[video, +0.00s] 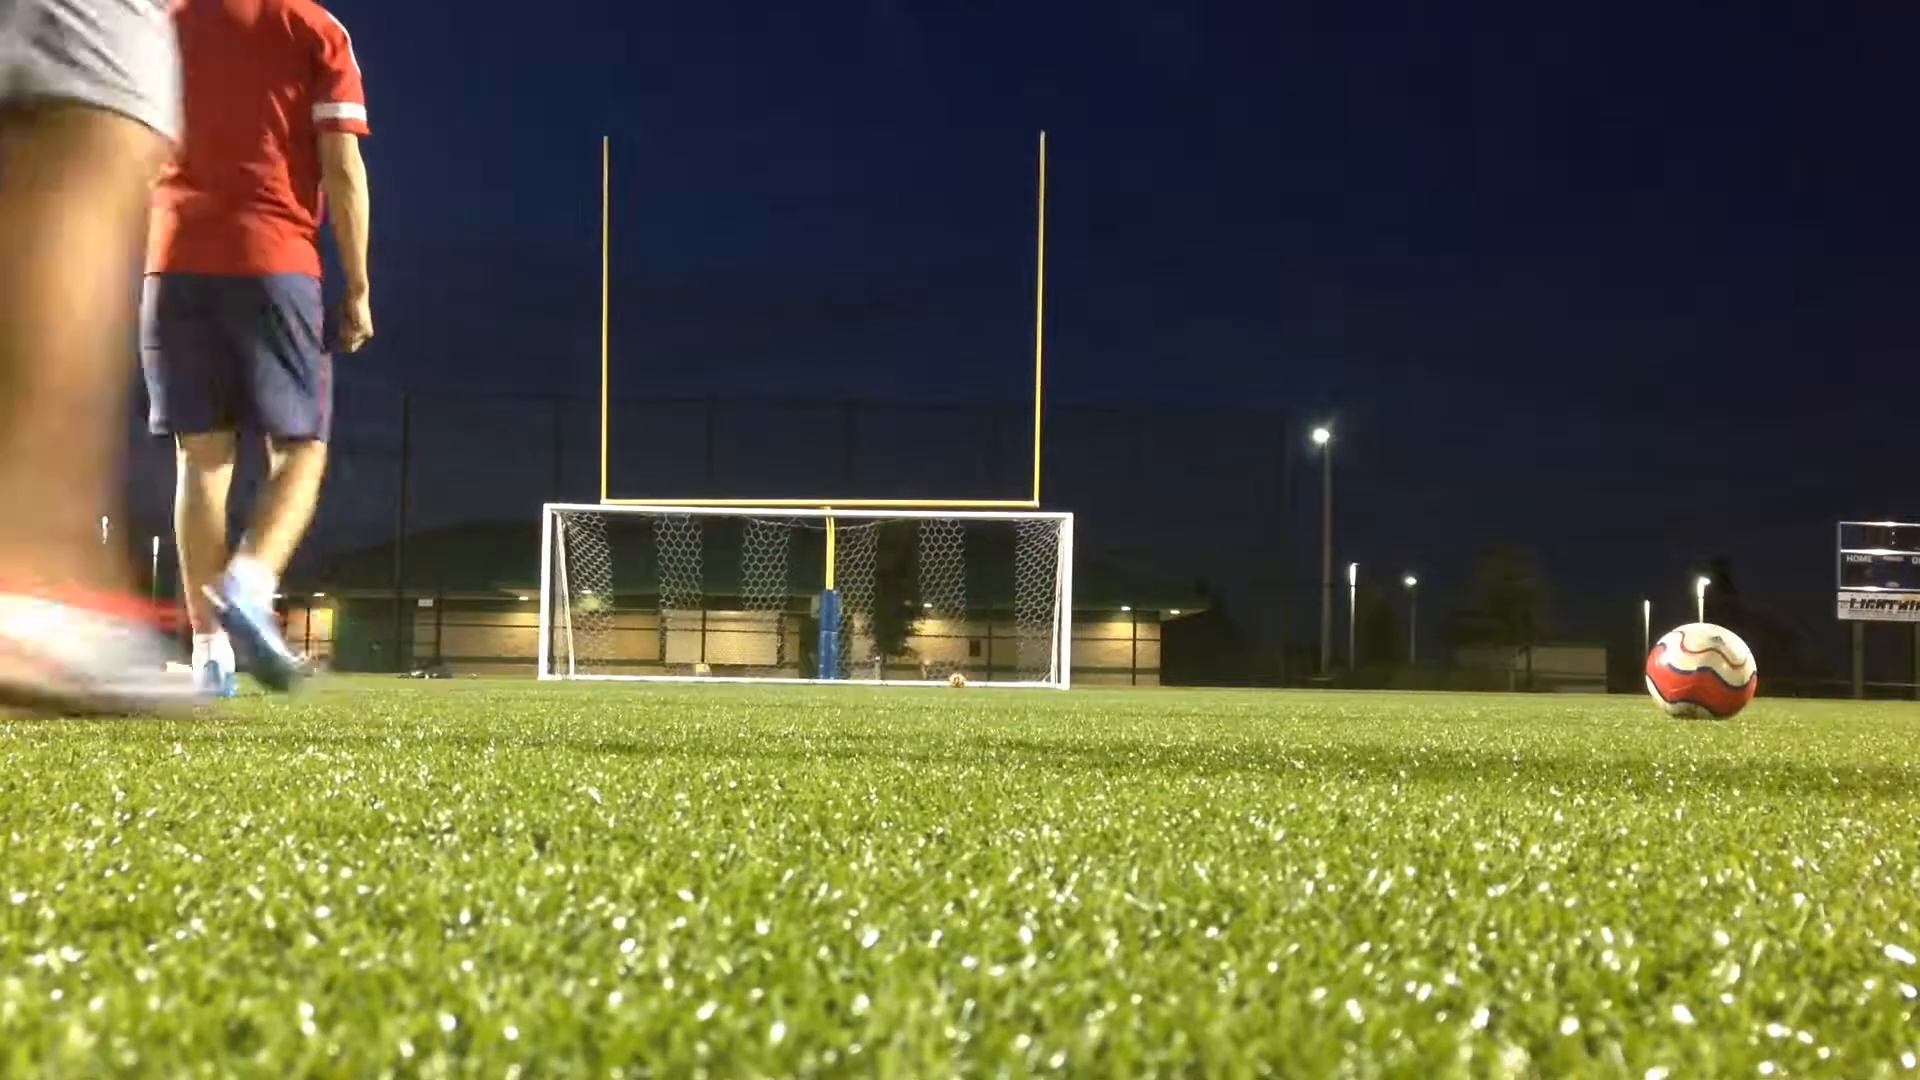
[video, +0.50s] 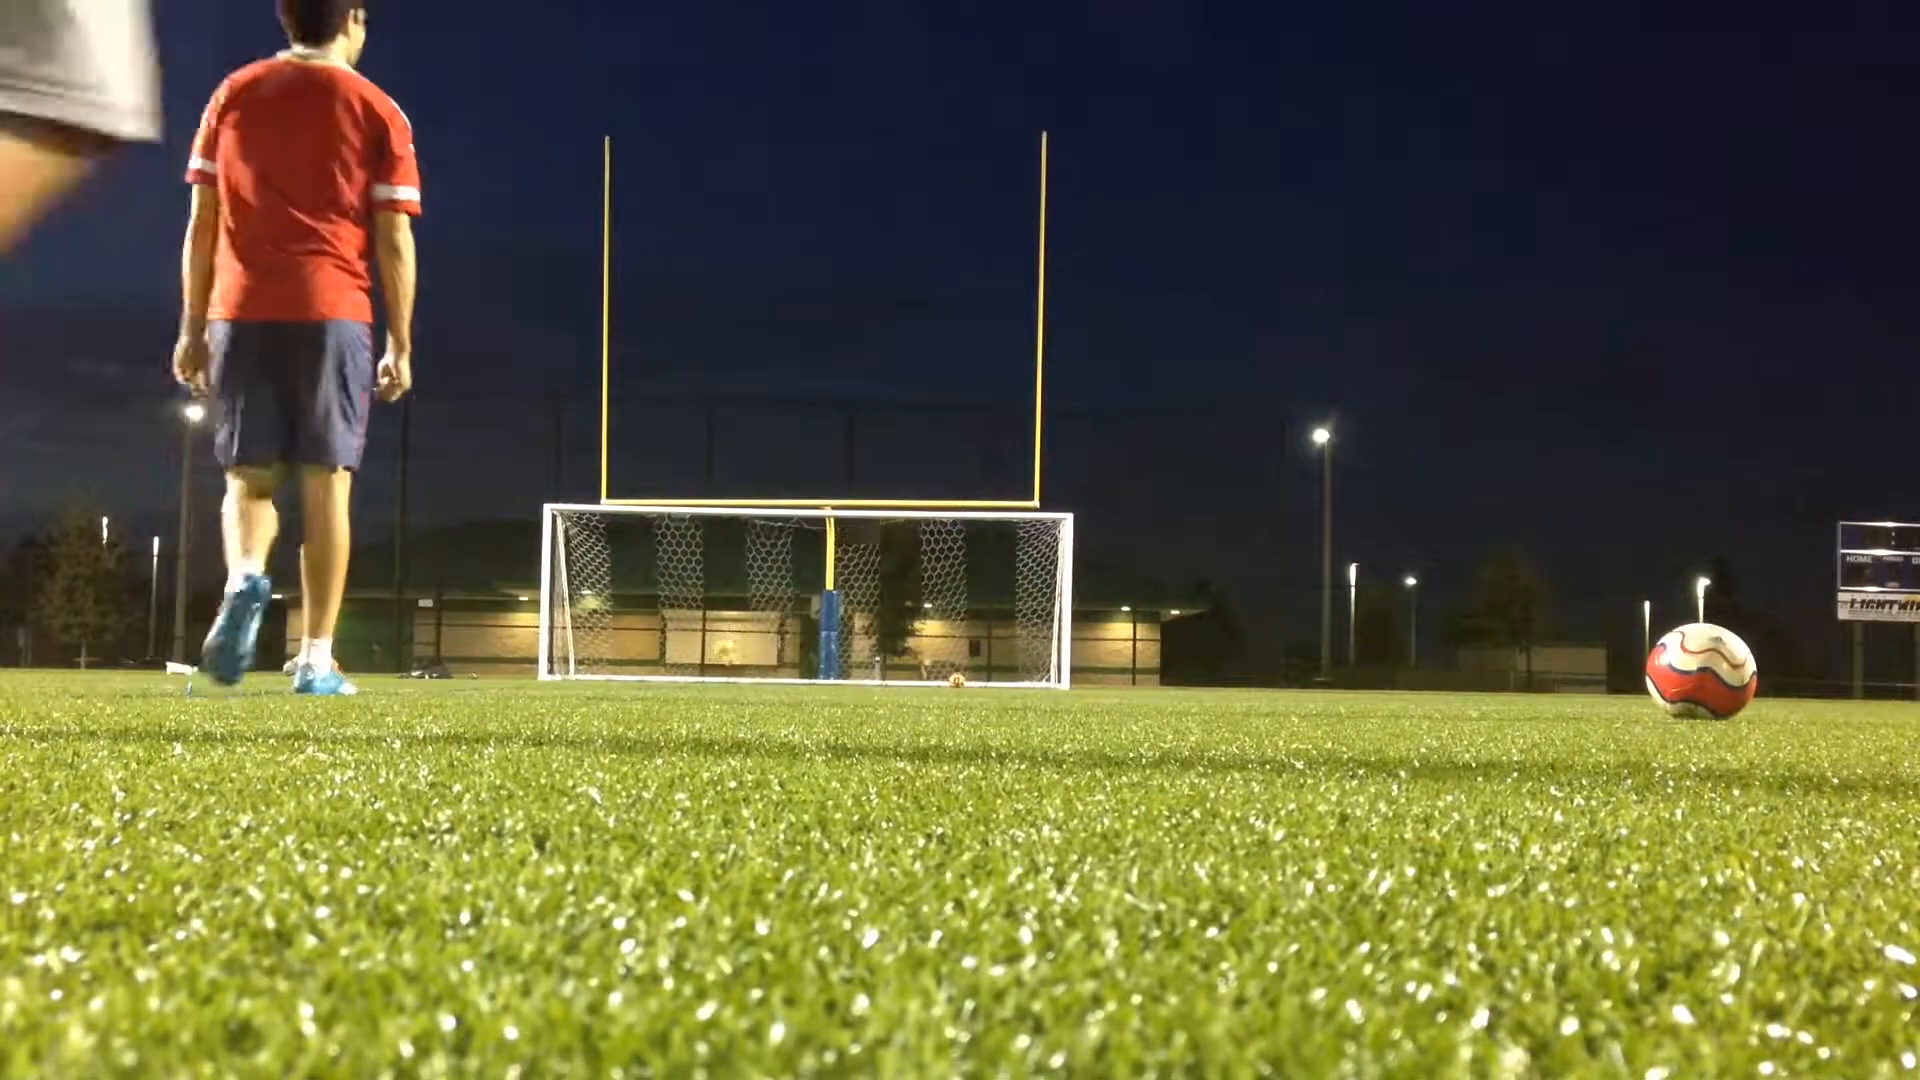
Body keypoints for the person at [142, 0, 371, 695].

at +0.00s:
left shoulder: (164, 18)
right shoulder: (315, 27)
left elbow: (135, 152)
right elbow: (343, 168)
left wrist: (127, 263)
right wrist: (357, 287)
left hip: (173, 265)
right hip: (275, 264)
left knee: (200, 462)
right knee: (299, 452)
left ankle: (209, 654)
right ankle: (252, 581)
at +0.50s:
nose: (364, 34)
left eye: (360, 23)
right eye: (363, 23)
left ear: (287, 22)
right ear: (351, 23)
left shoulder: (233, 92)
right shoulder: (378, 109)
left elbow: (203, 221)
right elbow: (393, 237)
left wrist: (192, 325)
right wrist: (400, 339)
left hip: (242, 316)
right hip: (334, 319)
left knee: (248, 477)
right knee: (326, 483)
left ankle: (245, 579)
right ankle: (315, 661)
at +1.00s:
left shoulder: (254, 173)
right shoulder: (374, 174)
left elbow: (223, 277)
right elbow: (401, 283)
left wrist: (212, 377)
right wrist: (400, 378)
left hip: (264, 355)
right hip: (345, 358)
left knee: (272, 512)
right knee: (336, 508)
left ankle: (273, 660)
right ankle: (323, 616)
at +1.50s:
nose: (305, 150)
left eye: (307, 142)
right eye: (311, 142)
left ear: (313, 148)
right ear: (367, 153)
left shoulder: (274, 210)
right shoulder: (393, 228)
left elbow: (245, 312)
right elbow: (401, 331)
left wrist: (262, 375)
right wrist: (402, 416)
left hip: (279, 387)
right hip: (354, 396)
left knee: (280, 519)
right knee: (349, 534)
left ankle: (278, 638)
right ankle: (347, 664)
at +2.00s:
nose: (307, 202)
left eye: (308, 194)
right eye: (310, 193)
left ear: (316, 197)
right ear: (363, 200)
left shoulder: (288, 258)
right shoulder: (397, 262)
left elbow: (264, 343)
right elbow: (418, 354)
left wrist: (251, 423)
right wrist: (418, 416)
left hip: (302, 415)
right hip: (371, 415)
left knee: (311, 542)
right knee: (359, 536)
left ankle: (313, 667)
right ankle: (349, 656)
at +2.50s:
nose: (308, 236)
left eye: (308, 230)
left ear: (309, 234)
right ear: (356, 237)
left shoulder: (281, 286)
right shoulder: (383, 298)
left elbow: (255, 372)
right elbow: (390, 382)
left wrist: (266, 426)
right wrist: (388, 452)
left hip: (293, 431)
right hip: (351, 438)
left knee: (304, 545)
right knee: (339, 555)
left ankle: (311, 654)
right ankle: (330, 658)